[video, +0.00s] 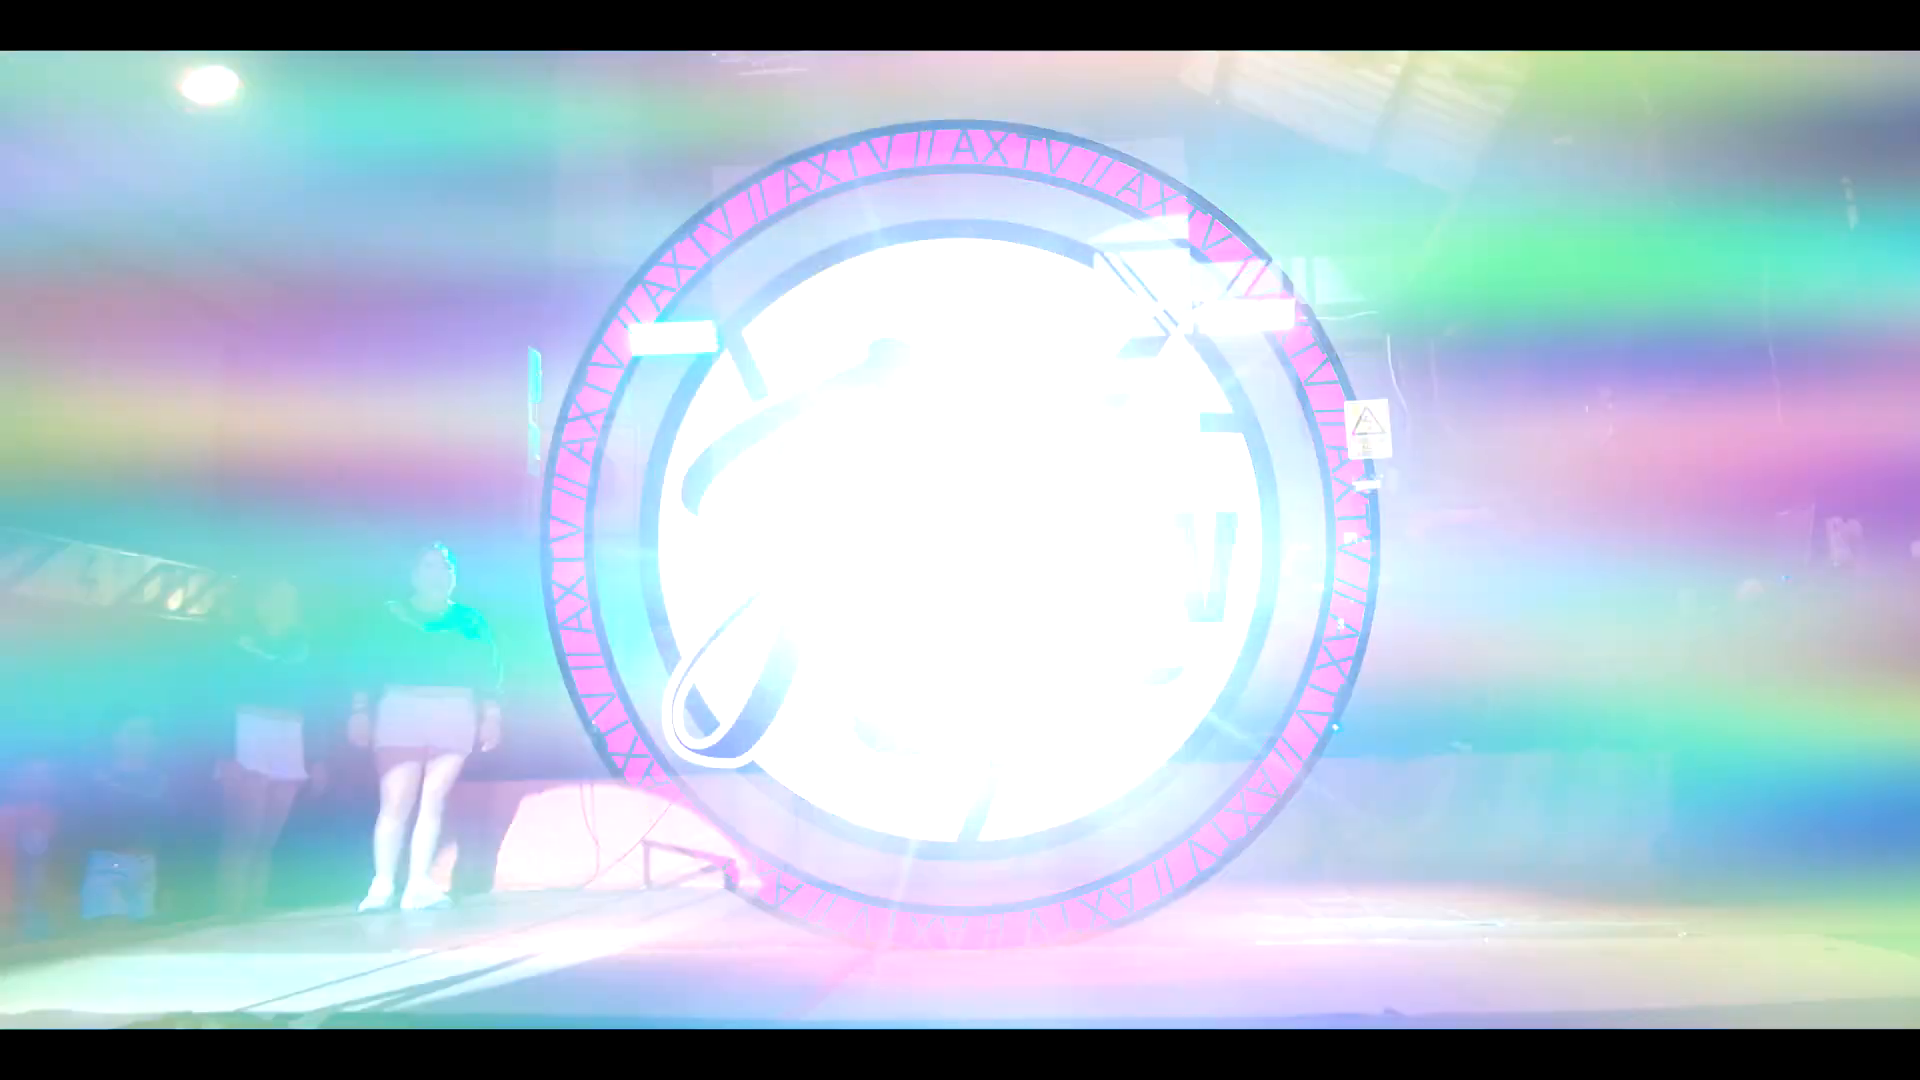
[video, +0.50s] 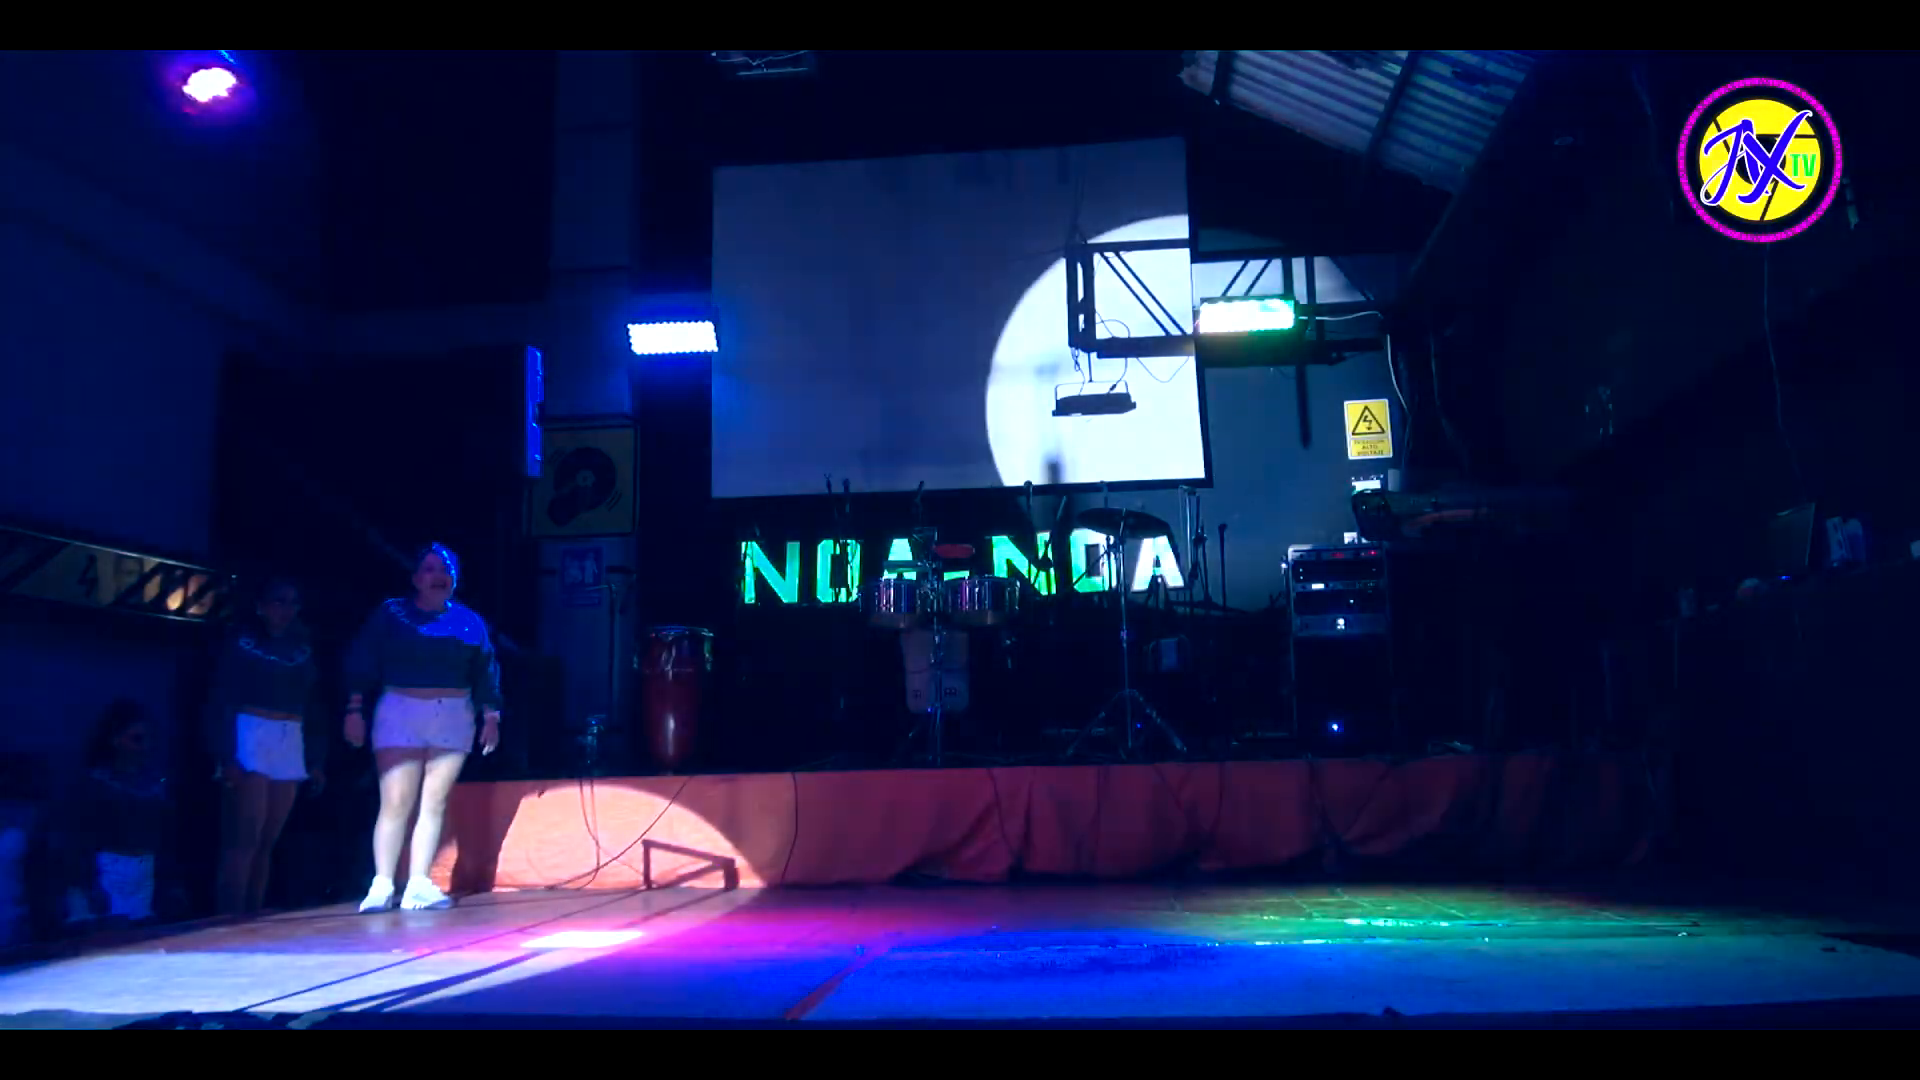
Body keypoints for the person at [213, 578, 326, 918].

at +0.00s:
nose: (279, 611)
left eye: (287, 603)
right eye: (272, 601)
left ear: (298, 607)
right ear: (258, 604)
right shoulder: (237, 647)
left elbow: (318, 712)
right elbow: (220, 704)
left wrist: (318, 759)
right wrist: (221, 757)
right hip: (245, 754)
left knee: (265, 844)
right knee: (241, 841)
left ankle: (254, 917)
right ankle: (229, 917)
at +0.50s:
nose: (284, 611)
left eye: (290, 604)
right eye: (278, 602)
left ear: (298, 609)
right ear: (262, 604)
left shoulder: (302, 649)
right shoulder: (243, 641)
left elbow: (312, 706)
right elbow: (225, 697)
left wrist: (315, 759)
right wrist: (225, 753)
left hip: (291, 730)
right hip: (254, 726)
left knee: (272, 832)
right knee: (250, 827)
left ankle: (255, 908)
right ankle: (233, 908)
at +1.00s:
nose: (286, 610)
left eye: (293, 604)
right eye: (280, 602)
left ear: (299, 608)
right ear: (264, 603)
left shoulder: (304, 651)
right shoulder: (245, 643)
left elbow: (314, 708)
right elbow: (224, 698)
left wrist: (316, 757)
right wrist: (225, 752)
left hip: (293, 734)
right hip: (254, 731)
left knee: (271, 838)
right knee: (248, 834)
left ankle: (254, 915)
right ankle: (231, 915)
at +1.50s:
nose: (286, 610)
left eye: (292, 603)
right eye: (279, 602)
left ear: (299, 608)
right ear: (263, 604)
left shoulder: (303, 651)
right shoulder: (245, 643)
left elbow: (314, 708)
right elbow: (224, 698)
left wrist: (317, 757)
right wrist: (225, 753)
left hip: (293, 735)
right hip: (254, 731)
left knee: (271, 839)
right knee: (249, 834)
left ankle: (254, 916)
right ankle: (232, 916)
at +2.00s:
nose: (286, 608)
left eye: (291, 601)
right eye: (279, 600)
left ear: (298, 607)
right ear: (262, 603)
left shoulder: (303, 651)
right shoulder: (244, 643)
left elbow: (314, 708)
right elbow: (223, 700)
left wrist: (316, 757)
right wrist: (227, 755)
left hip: (293, 734)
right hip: (253, 730)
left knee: (272, 837)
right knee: (250, 832)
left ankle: (254, 915)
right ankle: (231, 916)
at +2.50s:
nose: (282, 610)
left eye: (288, 603)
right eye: (275, 602)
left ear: (294, 608)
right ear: (259, 605)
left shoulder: (300, 649)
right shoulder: (242, 642)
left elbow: (312, 707)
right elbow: (222, 698)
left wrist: (315, 758)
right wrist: (223, 753)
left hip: (292, 733)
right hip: (252, 729)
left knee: (271, 836)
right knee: (249, 831)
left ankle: (254, 915)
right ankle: (232, 913)